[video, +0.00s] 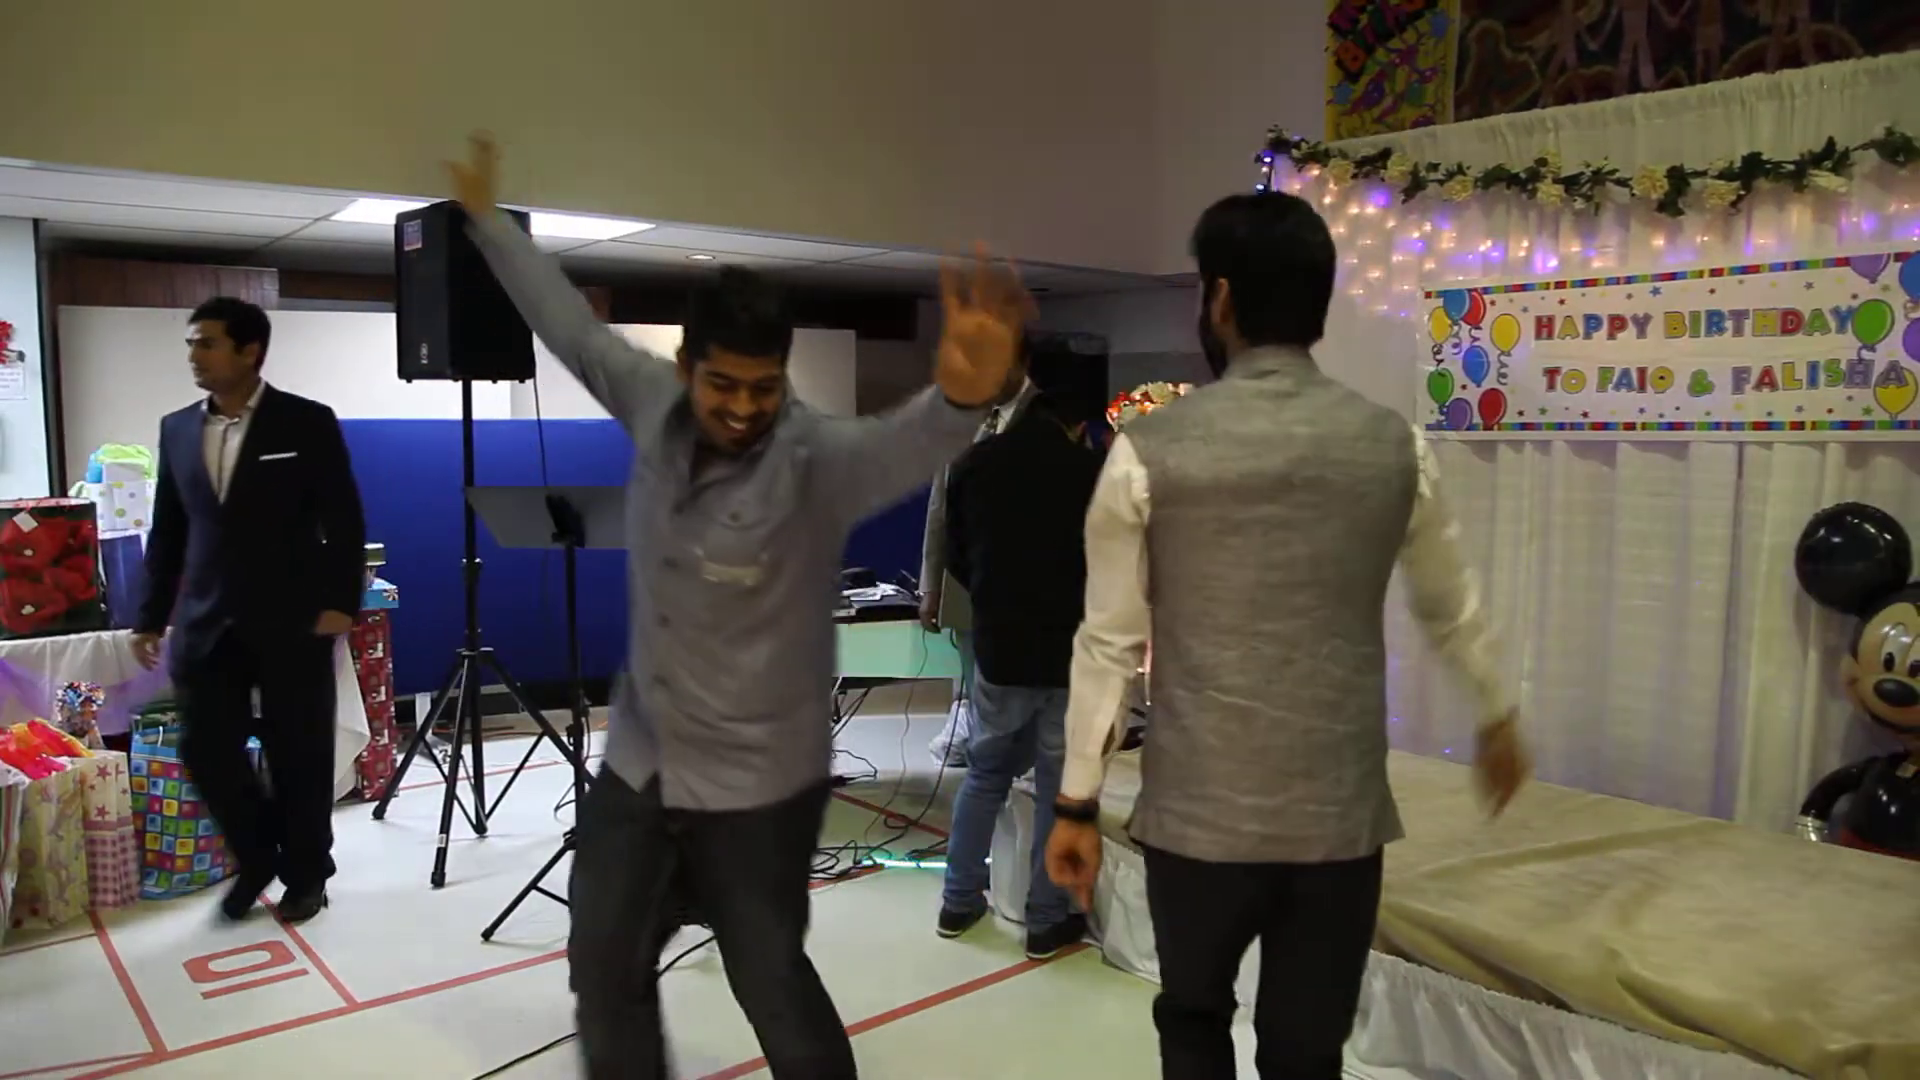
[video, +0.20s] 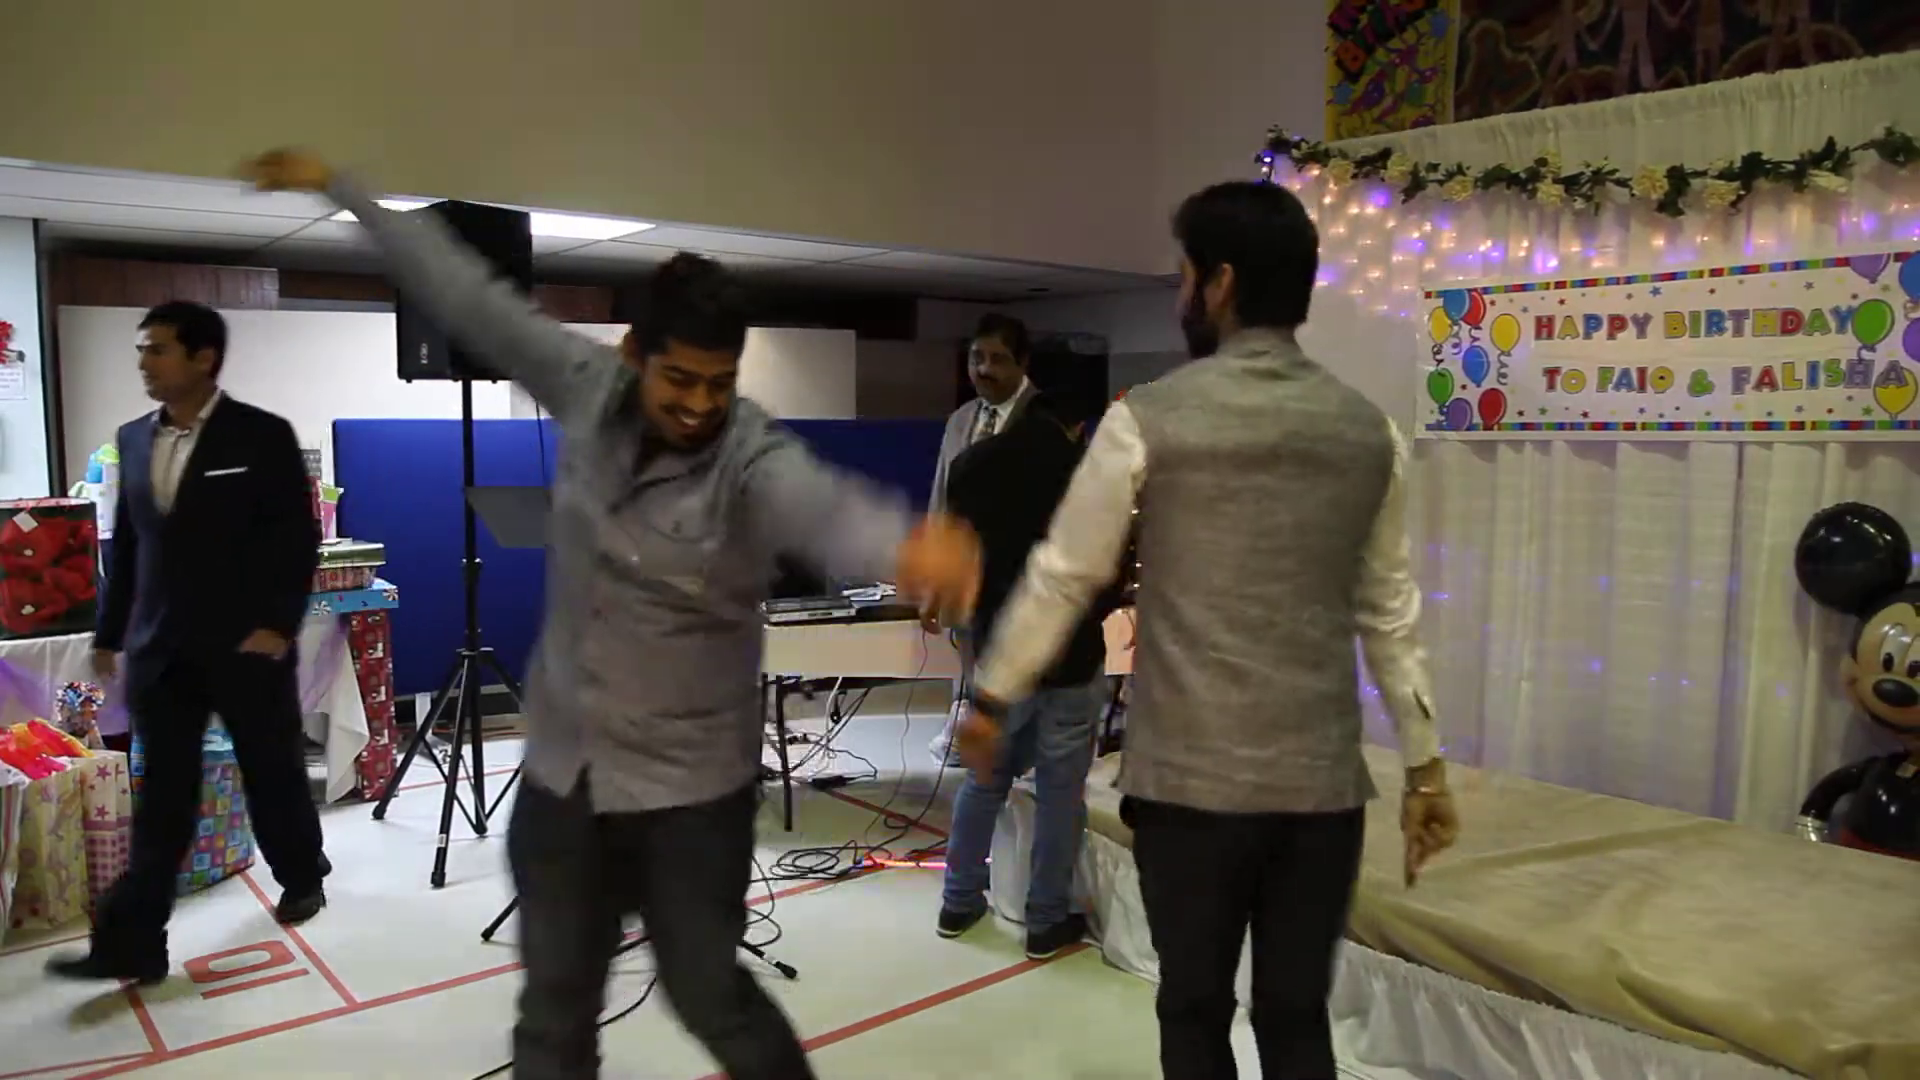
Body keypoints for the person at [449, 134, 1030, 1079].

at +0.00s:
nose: (741, 408)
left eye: (761, 391)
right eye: (722, 388)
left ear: (786, 379)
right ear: (688, 368)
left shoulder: (823, 456)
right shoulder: (654, 406)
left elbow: (909, 445)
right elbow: (567, 324)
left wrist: (965, 397)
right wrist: (485, 216)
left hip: (761, 777)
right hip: (642, 760)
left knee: (770, 980)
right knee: (602, 969)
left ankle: (825, 1078)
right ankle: (632, 1075)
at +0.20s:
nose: (698, 404)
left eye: (717, 385)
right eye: (678, 382)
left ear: (738, 373)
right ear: (635, 357)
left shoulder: (755, 460)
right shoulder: (587, 388)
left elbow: (835, 515)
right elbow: (469, 298)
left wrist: (911, 549)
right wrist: (338, 186)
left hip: (696, 785)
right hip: (568, 775)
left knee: (704, 991)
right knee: (553, 1015)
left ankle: (789, 1076)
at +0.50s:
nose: (659, 415)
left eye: (679, 393)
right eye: (638, 390)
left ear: (695, 380)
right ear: (580, 366)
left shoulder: (713, 502)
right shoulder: (502, 432)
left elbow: (761, 696)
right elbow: (357, 484)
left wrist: (746, 849)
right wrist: (223, 388)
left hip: (646, 799)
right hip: (500, 797)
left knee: (661, 1039)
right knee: (509, 1052)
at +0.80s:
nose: (614, 373)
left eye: (624, 350)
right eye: (594, 349)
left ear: (629, 348)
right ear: (519, 342)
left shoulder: (664, 444)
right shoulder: (426, 419)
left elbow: (787, 544)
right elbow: (234, 369)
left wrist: (898, 635)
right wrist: (123, 206)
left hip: (648, 790)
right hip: (493, 806)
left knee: (708, 1033)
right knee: (530, 1060)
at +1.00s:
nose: (585, 341)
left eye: (594, 319)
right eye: (559, 320)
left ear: (603, 324)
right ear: (485, 332)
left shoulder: (645, 415)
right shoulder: (410, 421)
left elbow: (794, 483)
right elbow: (229, 393)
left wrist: (939, 557)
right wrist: (59, 309)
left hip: (630, 775)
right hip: (484, 796)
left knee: (679, 977)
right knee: (539, 1048)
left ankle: (605, 1073)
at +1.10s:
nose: (580, 344)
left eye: (586, 321)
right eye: (553, 324)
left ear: (594, 328)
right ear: (480, 338)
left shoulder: (643, 428)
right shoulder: (413, 438)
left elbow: (795, 495)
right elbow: (239, 479)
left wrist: (929, 532)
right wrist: (102, 396)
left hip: (628, 789)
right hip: (487, 809)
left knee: (643, 990)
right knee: (546, 1045)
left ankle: (528, 1062)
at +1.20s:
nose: (578, 365)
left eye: (580, 343)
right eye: (551, 345)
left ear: (586, 354)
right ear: (476, 368)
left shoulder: (649, 464)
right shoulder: (407, 482)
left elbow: (785, 536)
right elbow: (233, 567)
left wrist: (883, 502)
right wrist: (161, 432)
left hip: (629, 815)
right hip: (491, 830)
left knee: (626, 1001)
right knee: (560, 1058)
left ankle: (522, 1025)